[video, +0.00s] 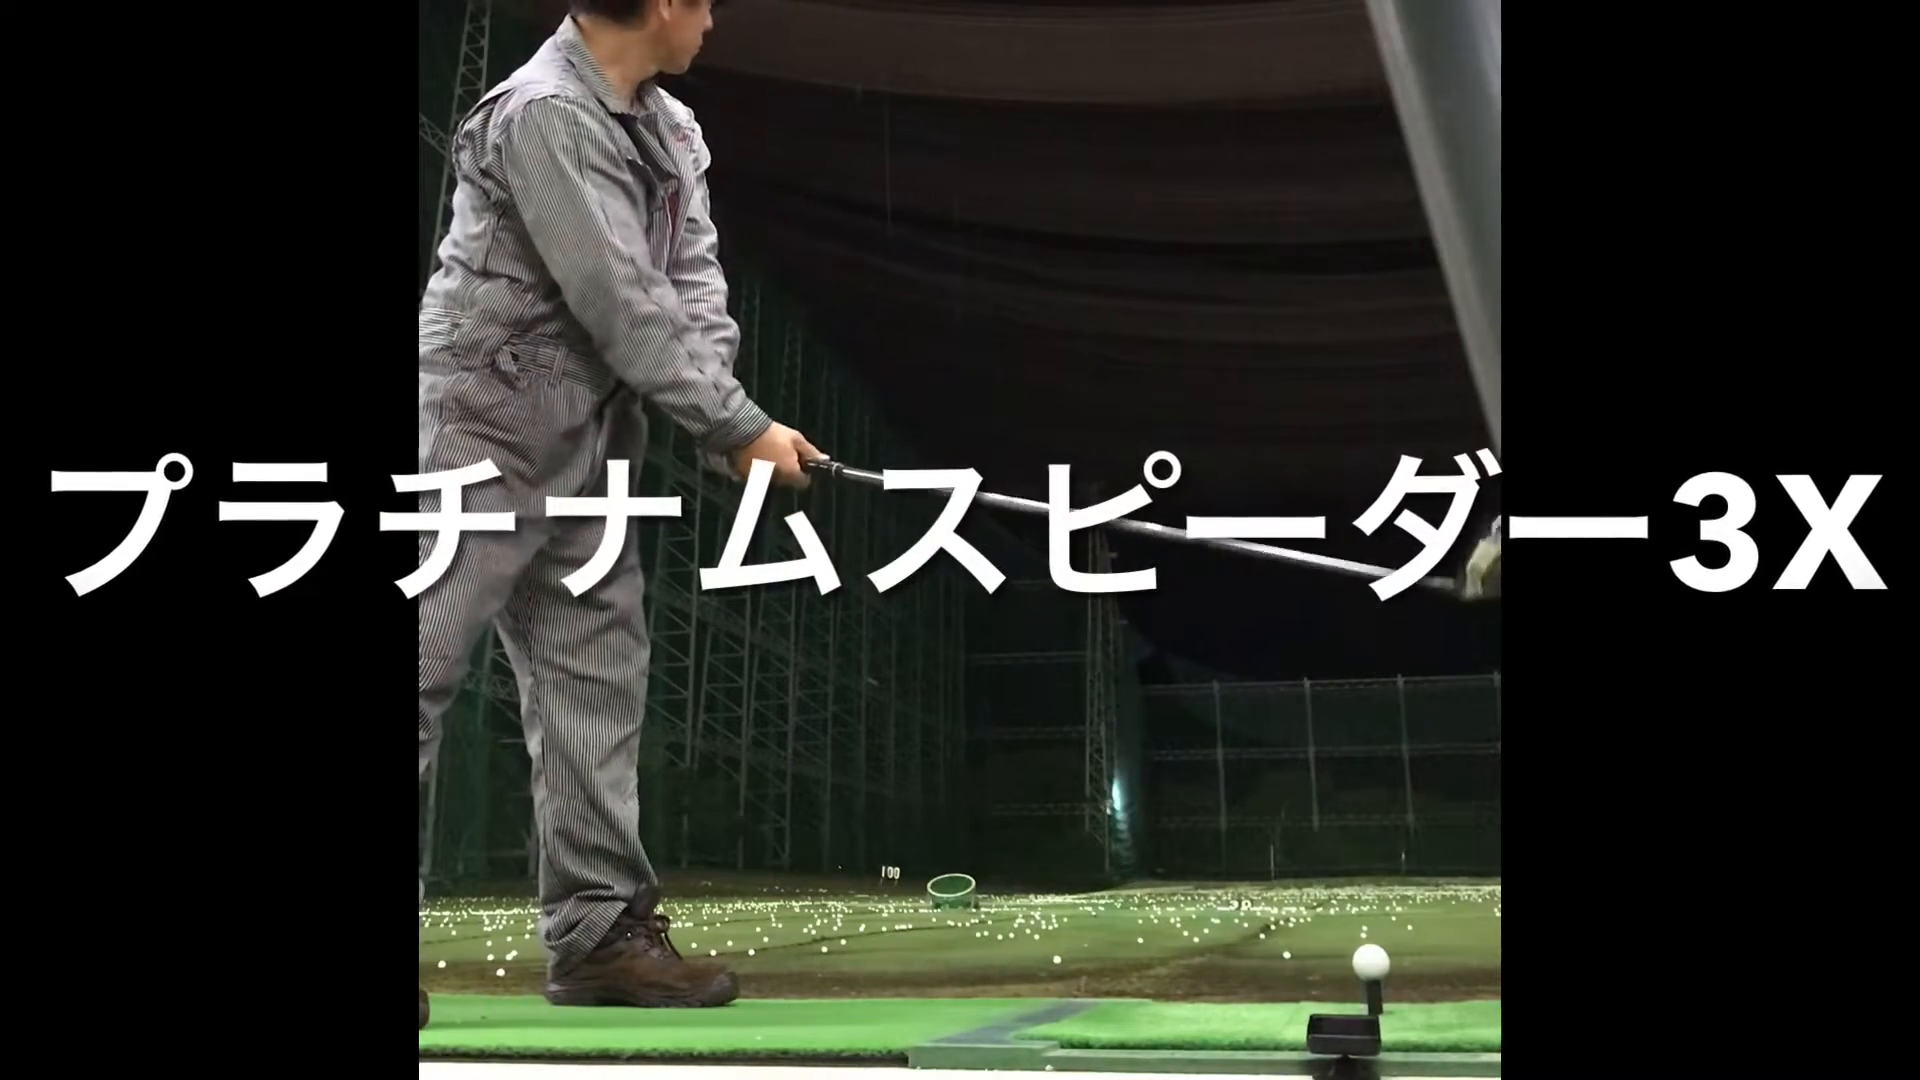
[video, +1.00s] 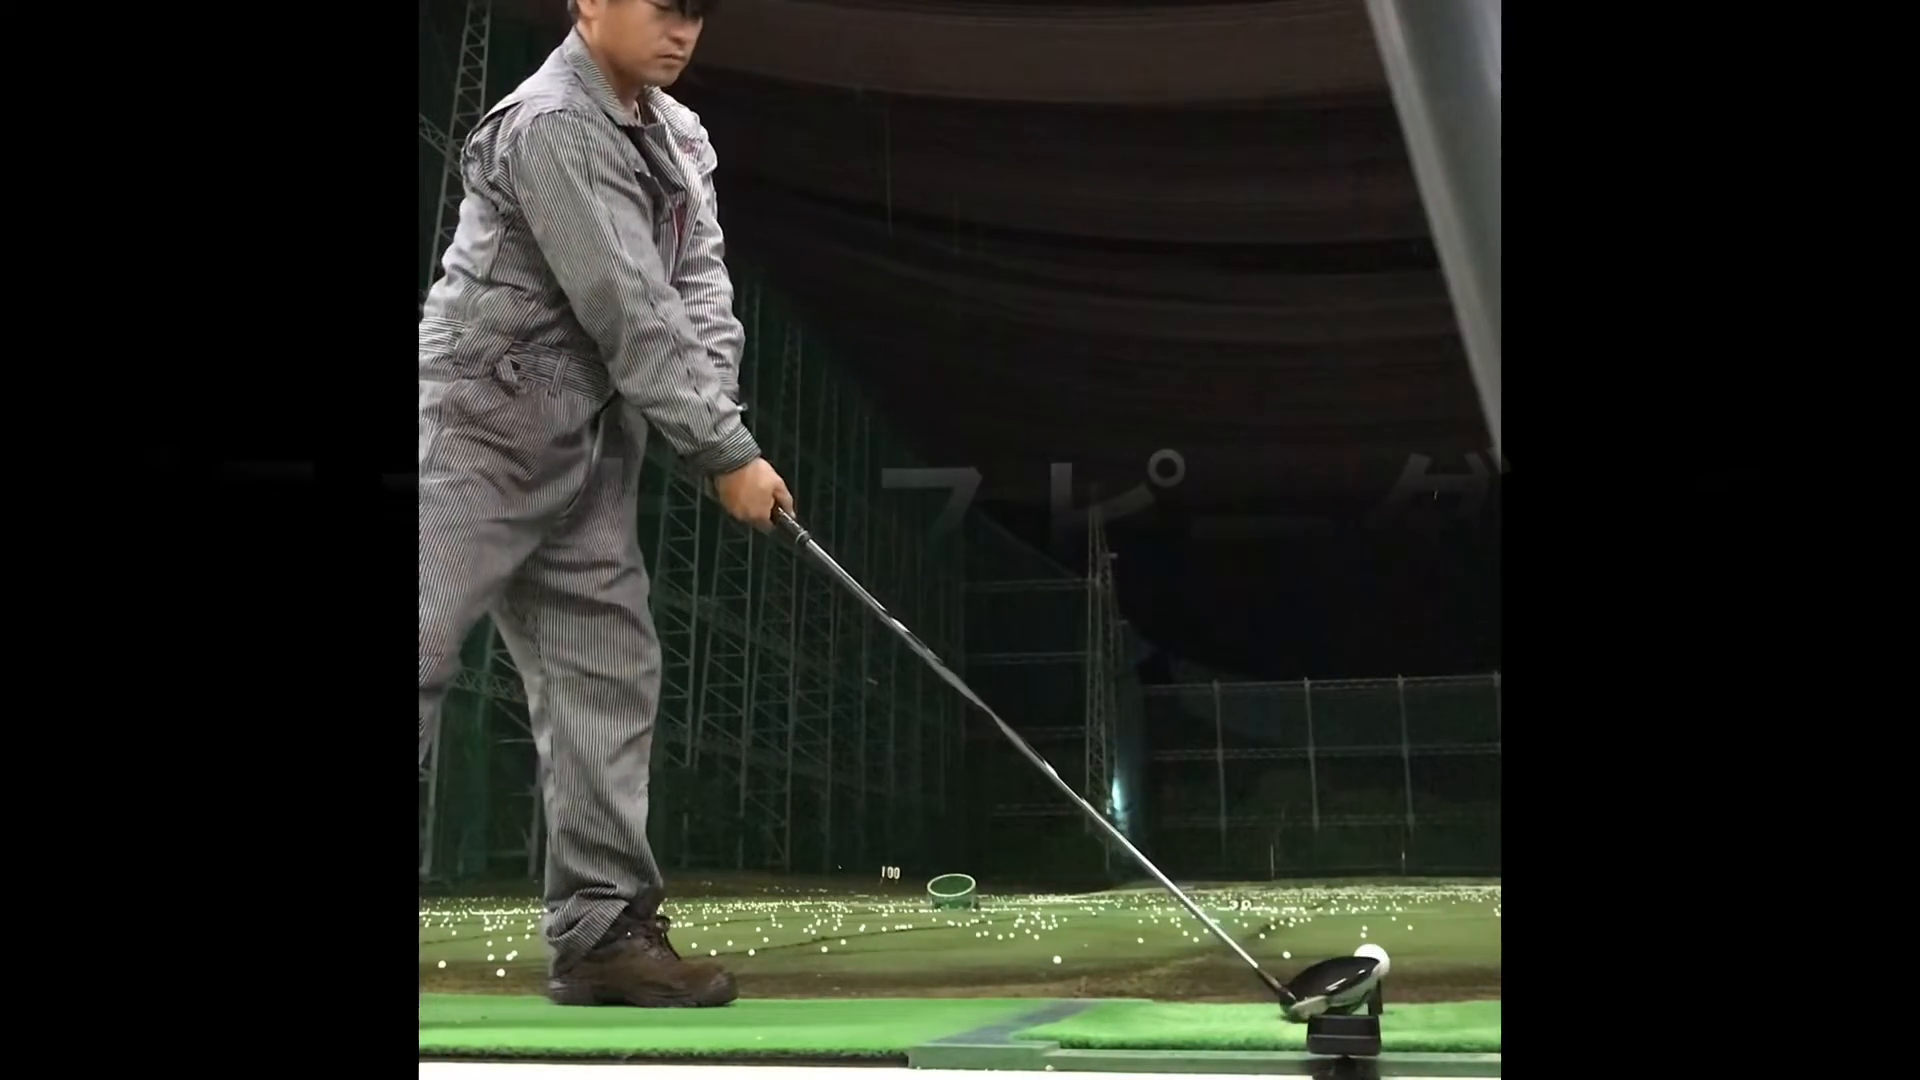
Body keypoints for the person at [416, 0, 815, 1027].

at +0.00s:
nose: (710, 18)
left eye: (709, 5)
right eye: (704, 4)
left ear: (656, 12)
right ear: (663, 8)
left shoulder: (672, 125)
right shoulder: (546, 111)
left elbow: (695, 285)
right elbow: (617, 298)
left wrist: (723, 418)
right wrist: (743, 427)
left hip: (579, 455)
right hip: (471, 443)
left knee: (594, 679)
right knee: (426, 686)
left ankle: (597, 936)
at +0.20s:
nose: (711, 30)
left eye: (712, 12)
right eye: (700, 10)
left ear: (647, 16)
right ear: (634, 5)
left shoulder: (671, 131)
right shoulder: (546, 107)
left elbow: (698, 284)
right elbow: (623, 287)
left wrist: (736, 416)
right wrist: (753, 422)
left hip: (576, 454)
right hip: (467, 440)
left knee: (593, 683)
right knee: (425, 683)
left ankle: (598, 936)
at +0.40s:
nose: (699, 51)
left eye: (709, 33)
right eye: (683, 25)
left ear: (705, 38)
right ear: (611, 11)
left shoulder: (675, 137)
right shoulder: (557, 114)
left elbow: (706, 278)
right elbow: (635, 291)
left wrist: (732, 406)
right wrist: (751, 428)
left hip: (581, 453)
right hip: (477, 437)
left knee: (599, 681)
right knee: (427, 681)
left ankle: (598, 937)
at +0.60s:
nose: (695, 54)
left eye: (709, 36)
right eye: (676, 28)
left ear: (716, 39)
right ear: (606, 11)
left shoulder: (690, 139)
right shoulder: (558, 124)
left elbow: (712, 288)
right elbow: (630, 301)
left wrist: (722, 423)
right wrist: (734, 442)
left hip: (586, 453)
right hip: (476, 437)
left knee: (600, 682)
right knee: (426, 675)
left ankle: (599, 937)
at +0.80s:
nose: (686, 42)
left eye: (697, 25)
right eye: (665, 19)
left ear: (701, 31)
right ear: (594, 12)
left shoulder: (679, 135)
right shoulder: (551, 123)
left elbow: (701, 289)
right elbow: (621, 307)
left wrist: (705, 414)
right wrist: (726, 451)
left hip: (578, 455)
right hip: (466, 438)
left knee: (596, 677)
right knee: (424, 670)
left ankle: (598, 935)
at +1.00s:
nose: (684, 27)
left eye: (693, 11)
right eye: (662, 8)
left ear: (695, 22)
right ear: (590, 10)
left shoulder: (681, 130)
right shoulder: (553, 125)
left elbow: (706, 287)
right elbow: (626, 309)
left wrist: (709, 417)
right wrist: (727, 453)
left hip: (583, 457)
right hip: (469, 442)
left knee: (606, 676)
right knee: (423, 664)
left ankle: (601, 935)